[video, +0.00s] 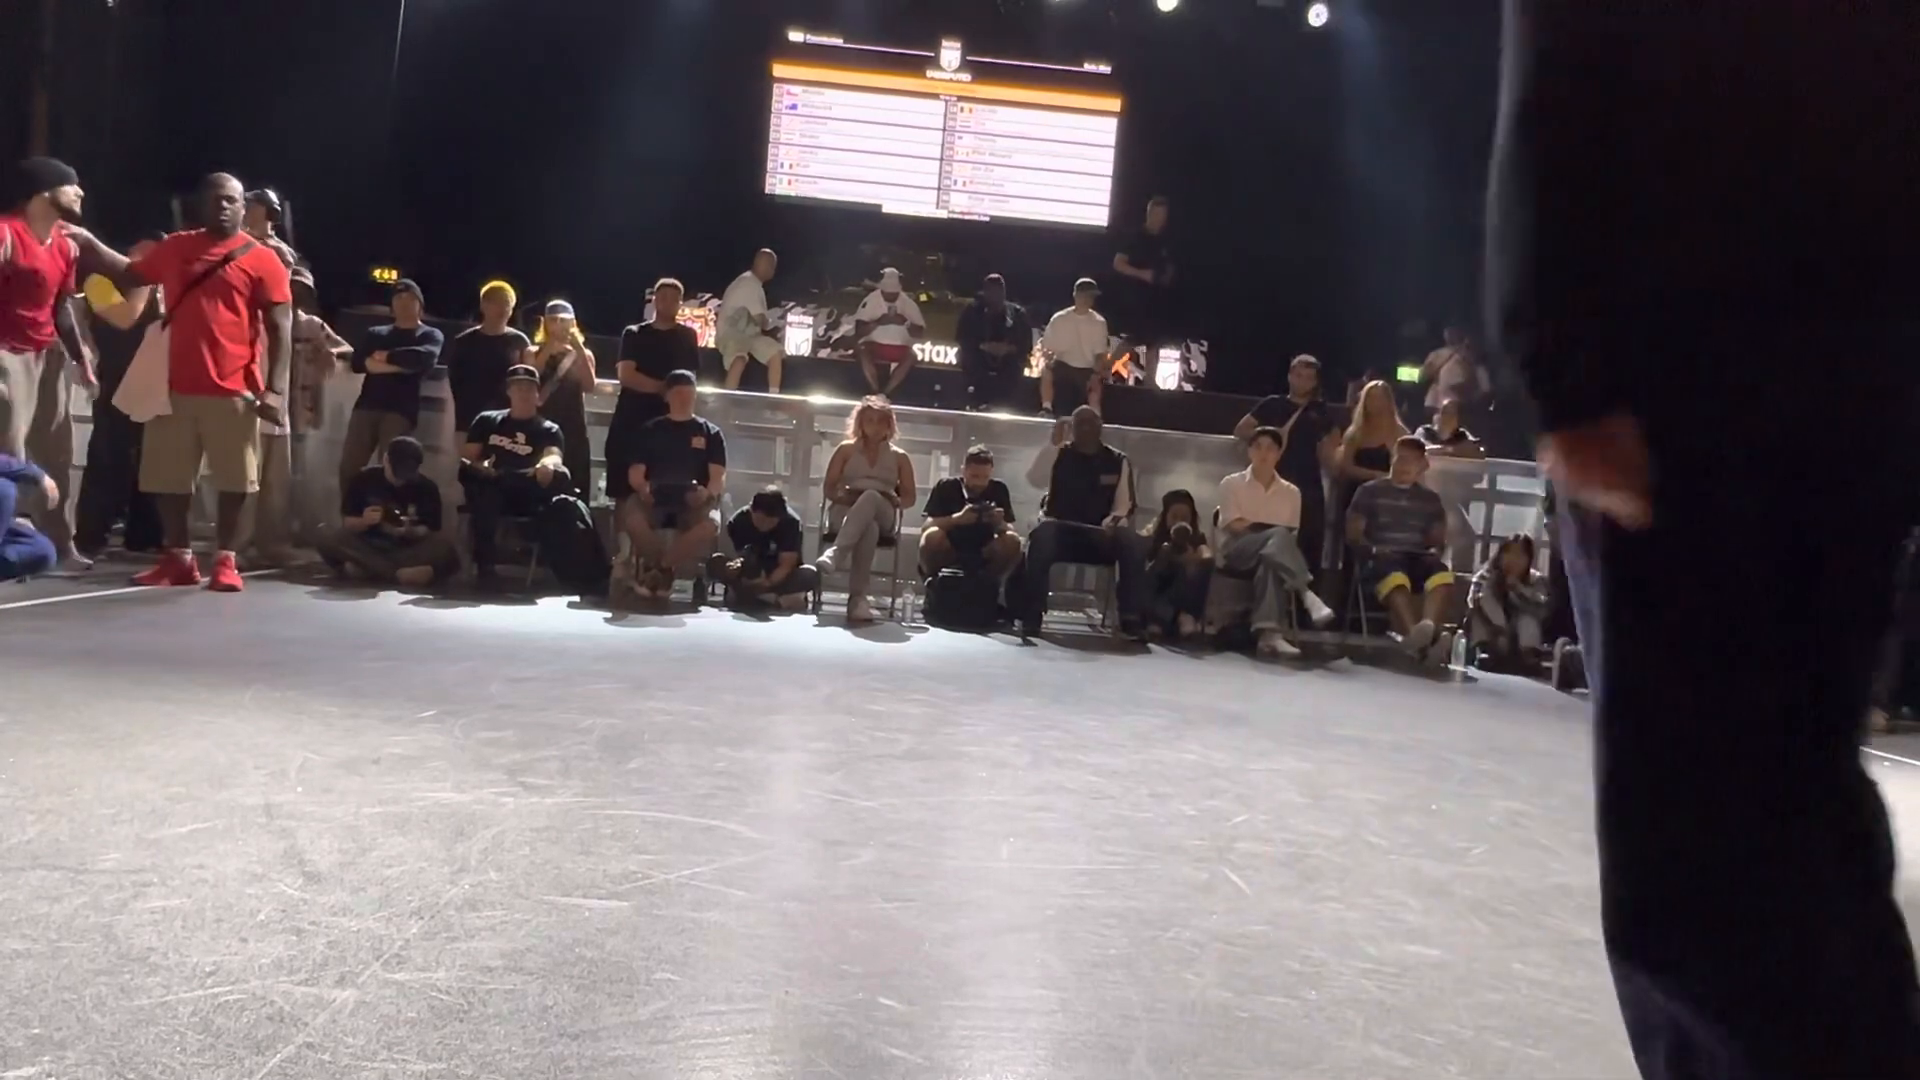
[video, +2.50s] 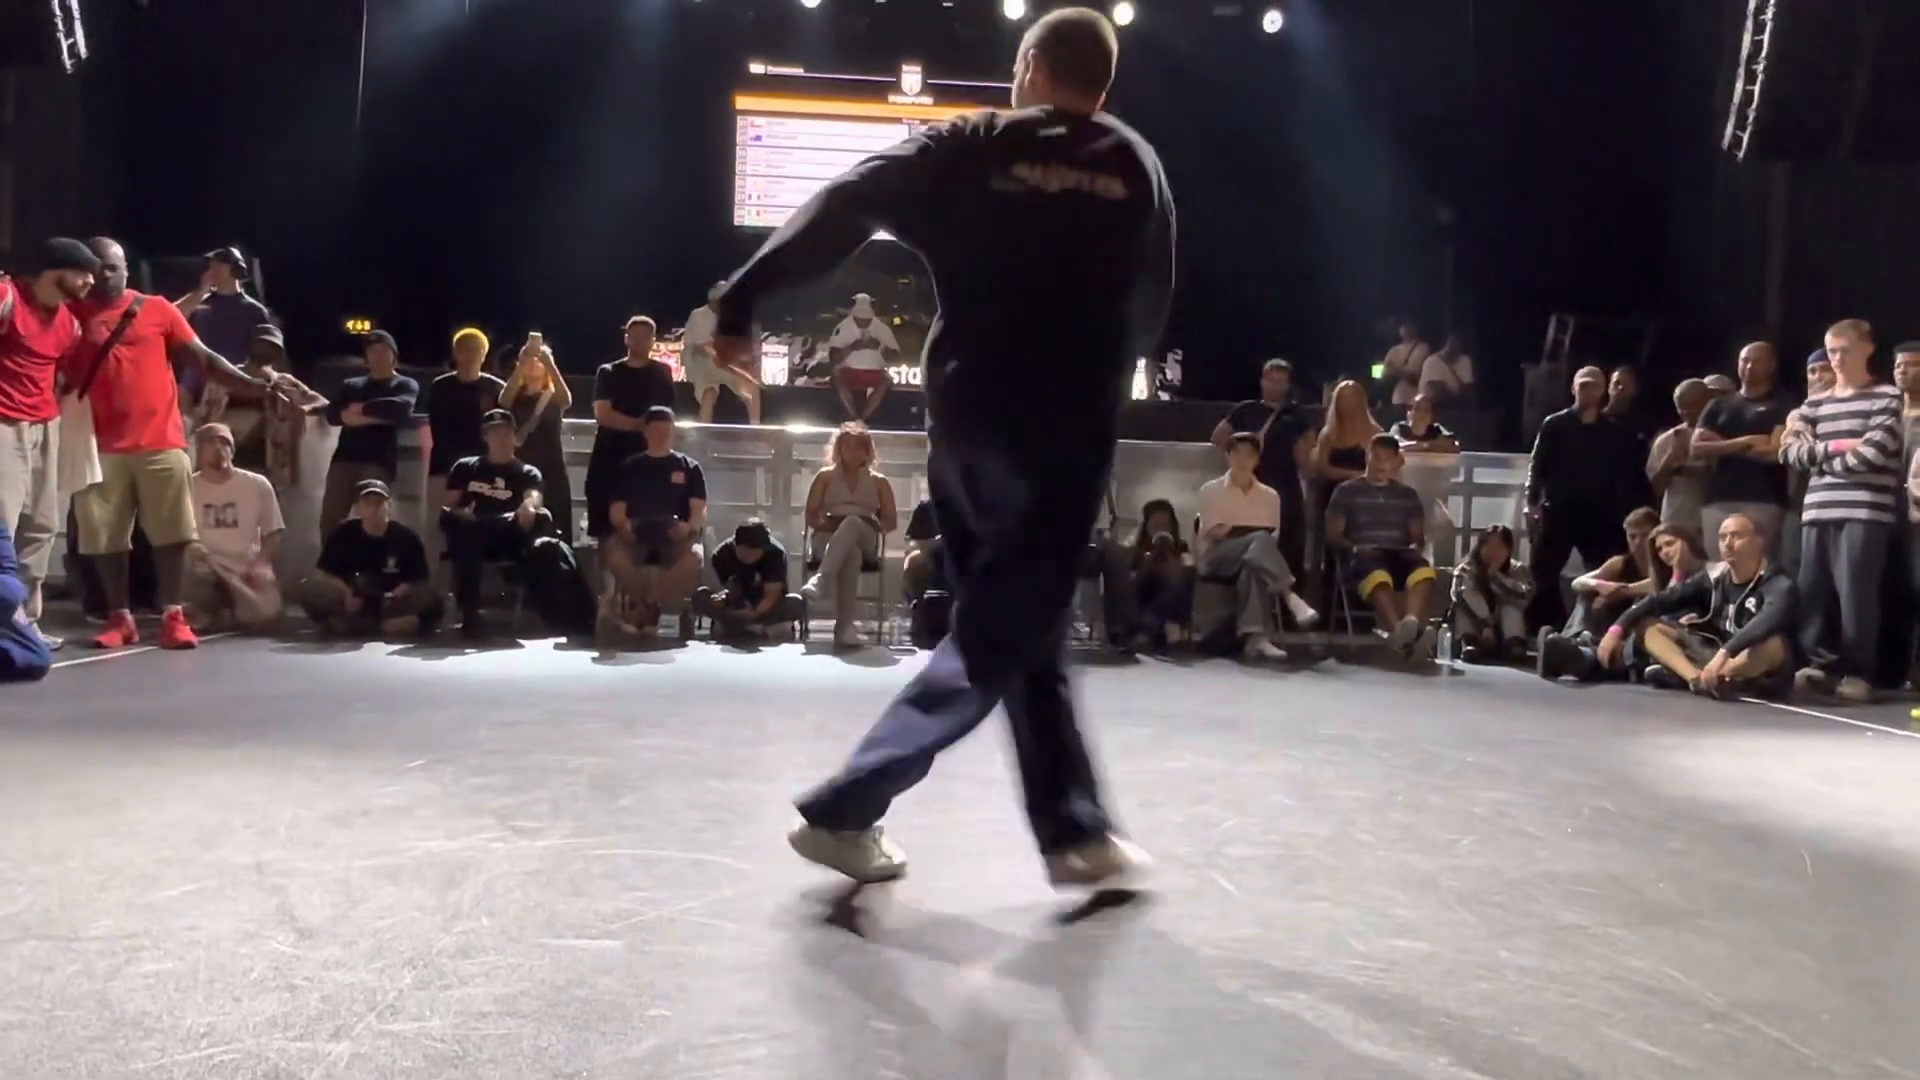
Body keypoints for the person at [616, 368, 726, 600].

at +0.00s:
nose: (683, 397)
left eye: (688, 391)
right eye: (678, 392)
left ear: (695, 395)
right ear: (667, 396)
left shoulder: (710, 432)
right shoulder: (649, 430)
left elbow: (717, 477)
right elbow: (635, 472)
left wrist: (706, 494)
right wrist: (645, 490)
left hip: (692, 493)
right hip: (656, 491)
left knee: (707, 527)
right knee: (633, 515)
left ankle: (658, 570)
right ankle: (663, 572)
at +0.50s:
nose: (680, 400)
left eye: (685, 394)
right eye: (675, 394)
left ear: (692, 397)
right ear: (665, 397)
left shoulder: (708, 437)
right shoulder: (647, 434)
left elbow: (715, 482)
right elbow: (633, 477)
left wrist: (704, 498)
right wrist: (644, 494)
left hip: (690, 499)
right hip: (654, 497)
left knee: (708, 530)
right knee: (630, 520)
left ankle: (659, 574)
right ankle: (662, 575)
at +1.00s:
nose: (671, 405)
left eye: (676, 400)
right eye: (666, 400)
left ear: (684, 402)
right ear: (657, 403)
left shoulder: (699, 441)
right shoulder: (638, 439)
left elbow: (706, 486)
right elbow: (625, 482)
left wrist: (696, 503)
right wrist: (635, 499)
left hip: (681, 503)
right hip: (645, 502)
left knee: (700, 533)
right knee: (621, 524)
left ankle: (653, 579)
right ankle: (654, 581)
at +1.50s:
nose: (659, 412)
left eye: (664, 407)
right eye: (654, 406)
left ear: (671, 409)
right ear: (644, 409)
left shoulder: (687, 447)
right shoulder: (625, 445)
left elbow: (695, 494)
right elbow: (613, 489)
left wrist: (679, 508)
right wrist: (628, 510)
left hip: (670, 509)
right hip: (633, 508)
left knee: (689, 537)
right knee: (608, 527)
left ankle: (642, 581)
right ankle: (639, 584)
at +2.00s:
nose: (653, 411)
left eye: (658, 405)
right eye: (648, 405)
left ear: (666, 408)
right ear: (638, 408)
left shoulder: (682, 445)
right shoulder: (620, 444)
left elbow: (690, 490)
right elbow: (609, 488)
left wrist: (678, 507)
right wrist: (622, 510)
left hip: (667, 509)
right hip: (629, 508)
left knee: (687, 537)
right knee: (605, 529)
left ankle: (639, 583)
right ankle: (639, 585)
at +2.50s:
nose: (661, 433)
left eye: (665, 427)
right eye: (655, 428)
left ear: (672, 431)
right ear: (645, 431)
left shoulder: (689, 467)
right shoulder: (628, 467)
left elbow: (698, 512)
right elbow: (616, 510)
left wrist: (687, 527)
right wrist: (628, 527)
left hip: (673, 528)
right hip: (637, 528)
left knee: (693, 558)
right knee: (613, 551)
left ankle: (647, 607)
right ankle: (648, 606)